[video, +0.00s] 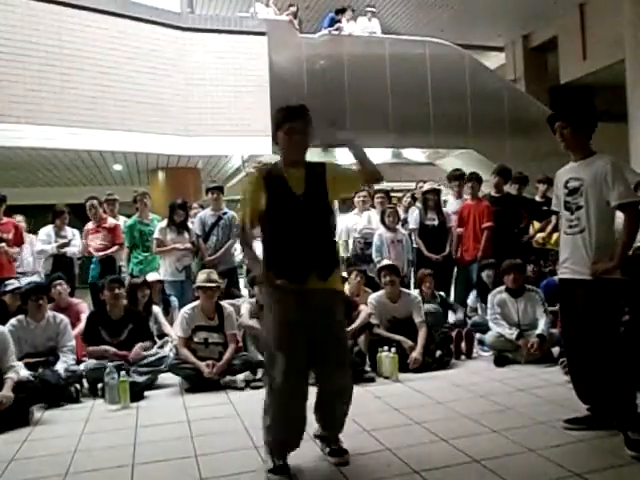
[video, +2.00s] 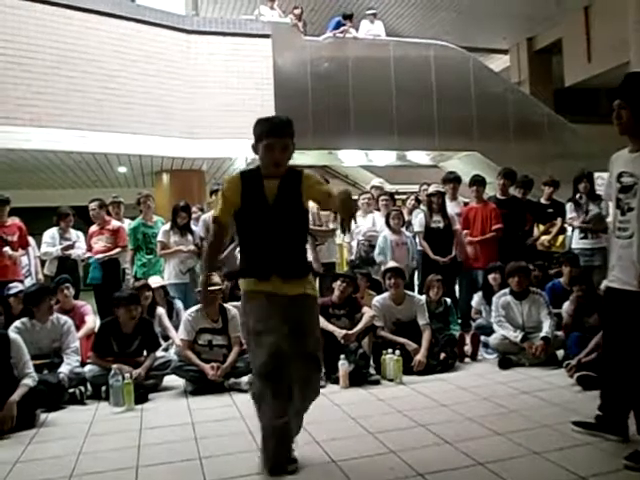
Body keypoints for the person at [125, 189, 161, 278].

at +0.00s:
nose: (144, 202)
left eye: (146, 199)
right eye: (140, 200)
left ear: (150, 202)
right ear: (136, 205)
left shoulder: (157, 221)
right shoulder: (131, 224)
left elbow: (161, 243)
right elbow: (127, 247)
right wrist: (124, 267)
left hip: (155, 266)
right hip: (137, 267)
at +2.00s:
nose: (148, 204)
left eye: (149, 201)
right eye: (144, 202)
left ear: (154, 204)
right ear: (139, 206)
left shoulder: (161, 222)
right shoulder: (134, 226)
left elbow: (165, 245)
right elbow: (131, 249)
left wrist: (168, 266)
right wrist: (130, 271)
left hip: (159, 268)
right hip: (142, 269)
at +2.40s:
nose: (147, 204)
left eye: (149, 201)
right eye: (143, 202)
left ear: (154, 204)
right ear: (139, 206)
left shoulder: (161, 222)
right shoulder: (134, 227)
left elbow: (165, 245)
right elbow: (130, 249)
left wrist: (168, 267)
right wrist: (129, 271)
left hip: (159, 268)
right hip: (141, 269)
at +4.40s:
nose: (149, 204)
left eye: (151, 200)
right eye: (145, 202)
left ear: (155, 203)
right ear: (141, 206)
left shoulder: (162, 222)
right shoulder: (135, 226)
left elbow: (165, 244)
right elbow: (132, 249)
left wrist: (168, 266)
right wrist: (129, 269)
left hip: (159, 268)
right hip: (142, 269)